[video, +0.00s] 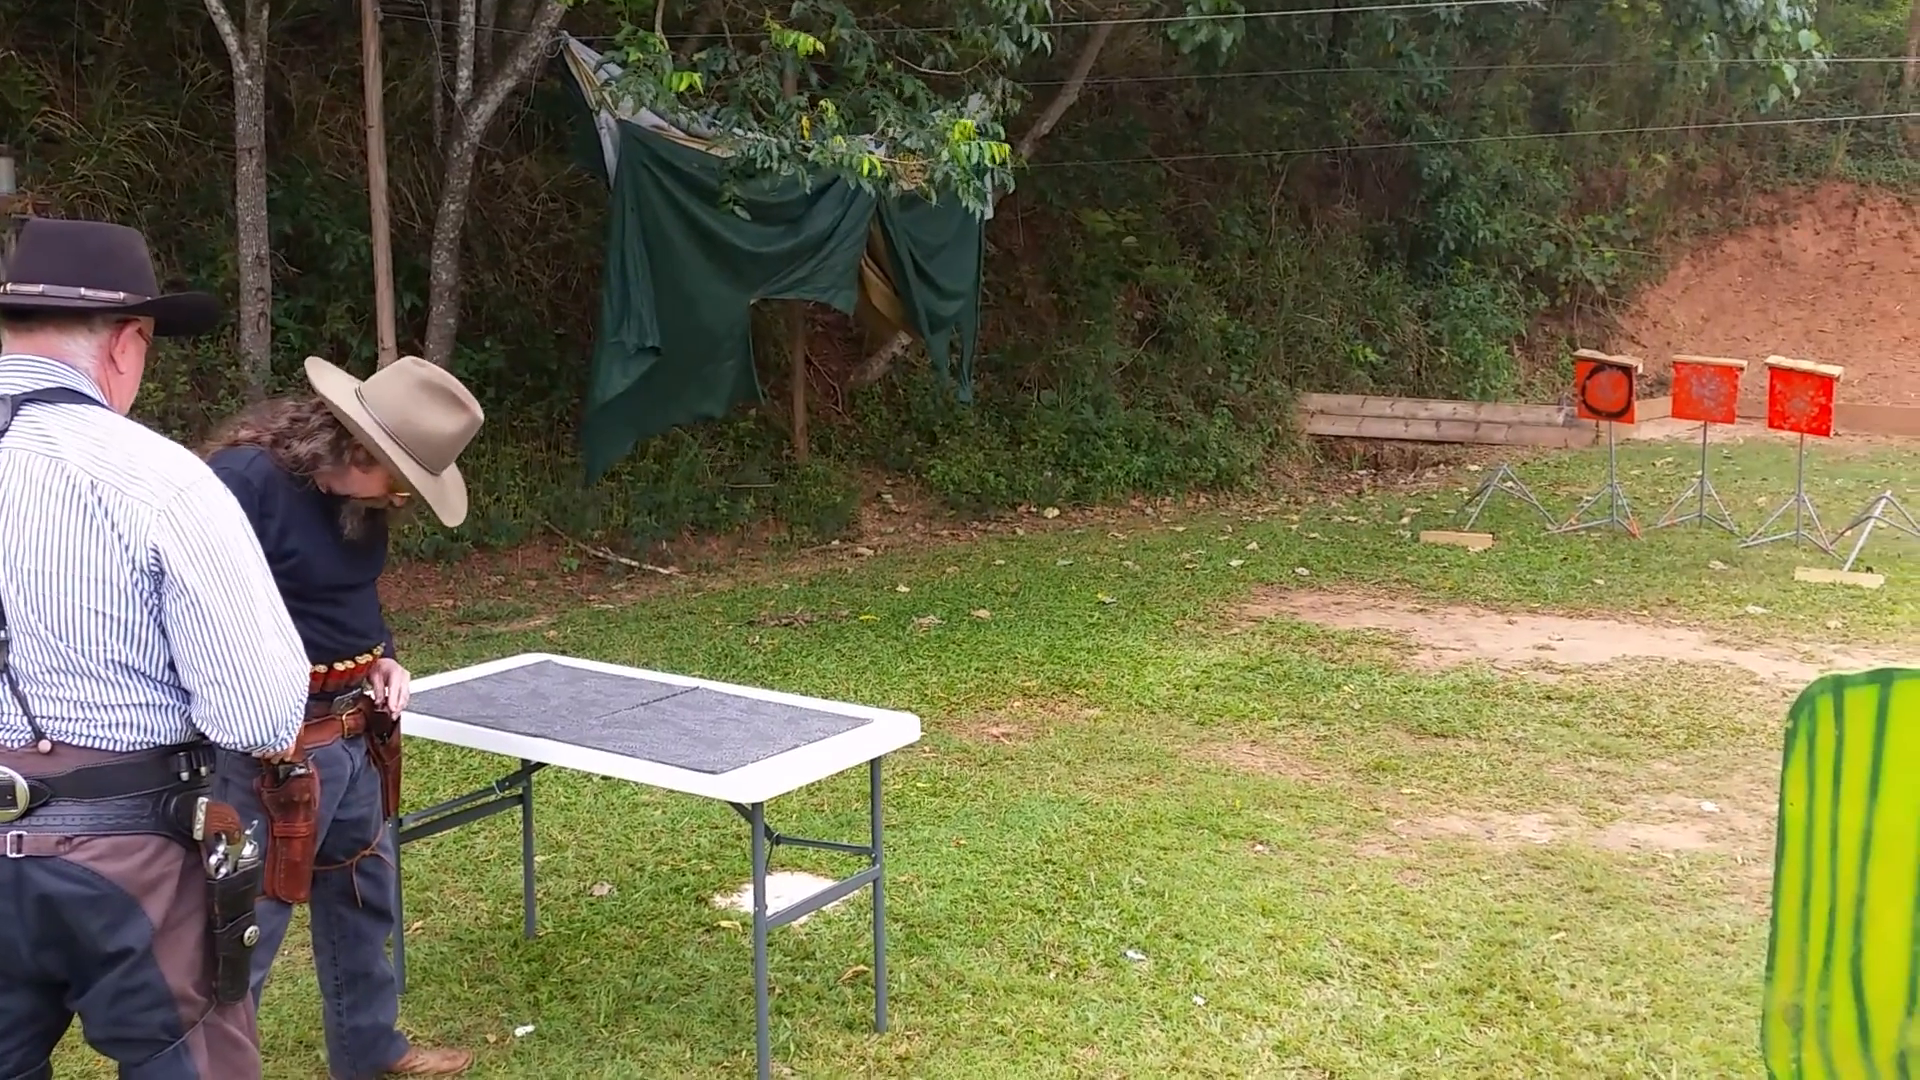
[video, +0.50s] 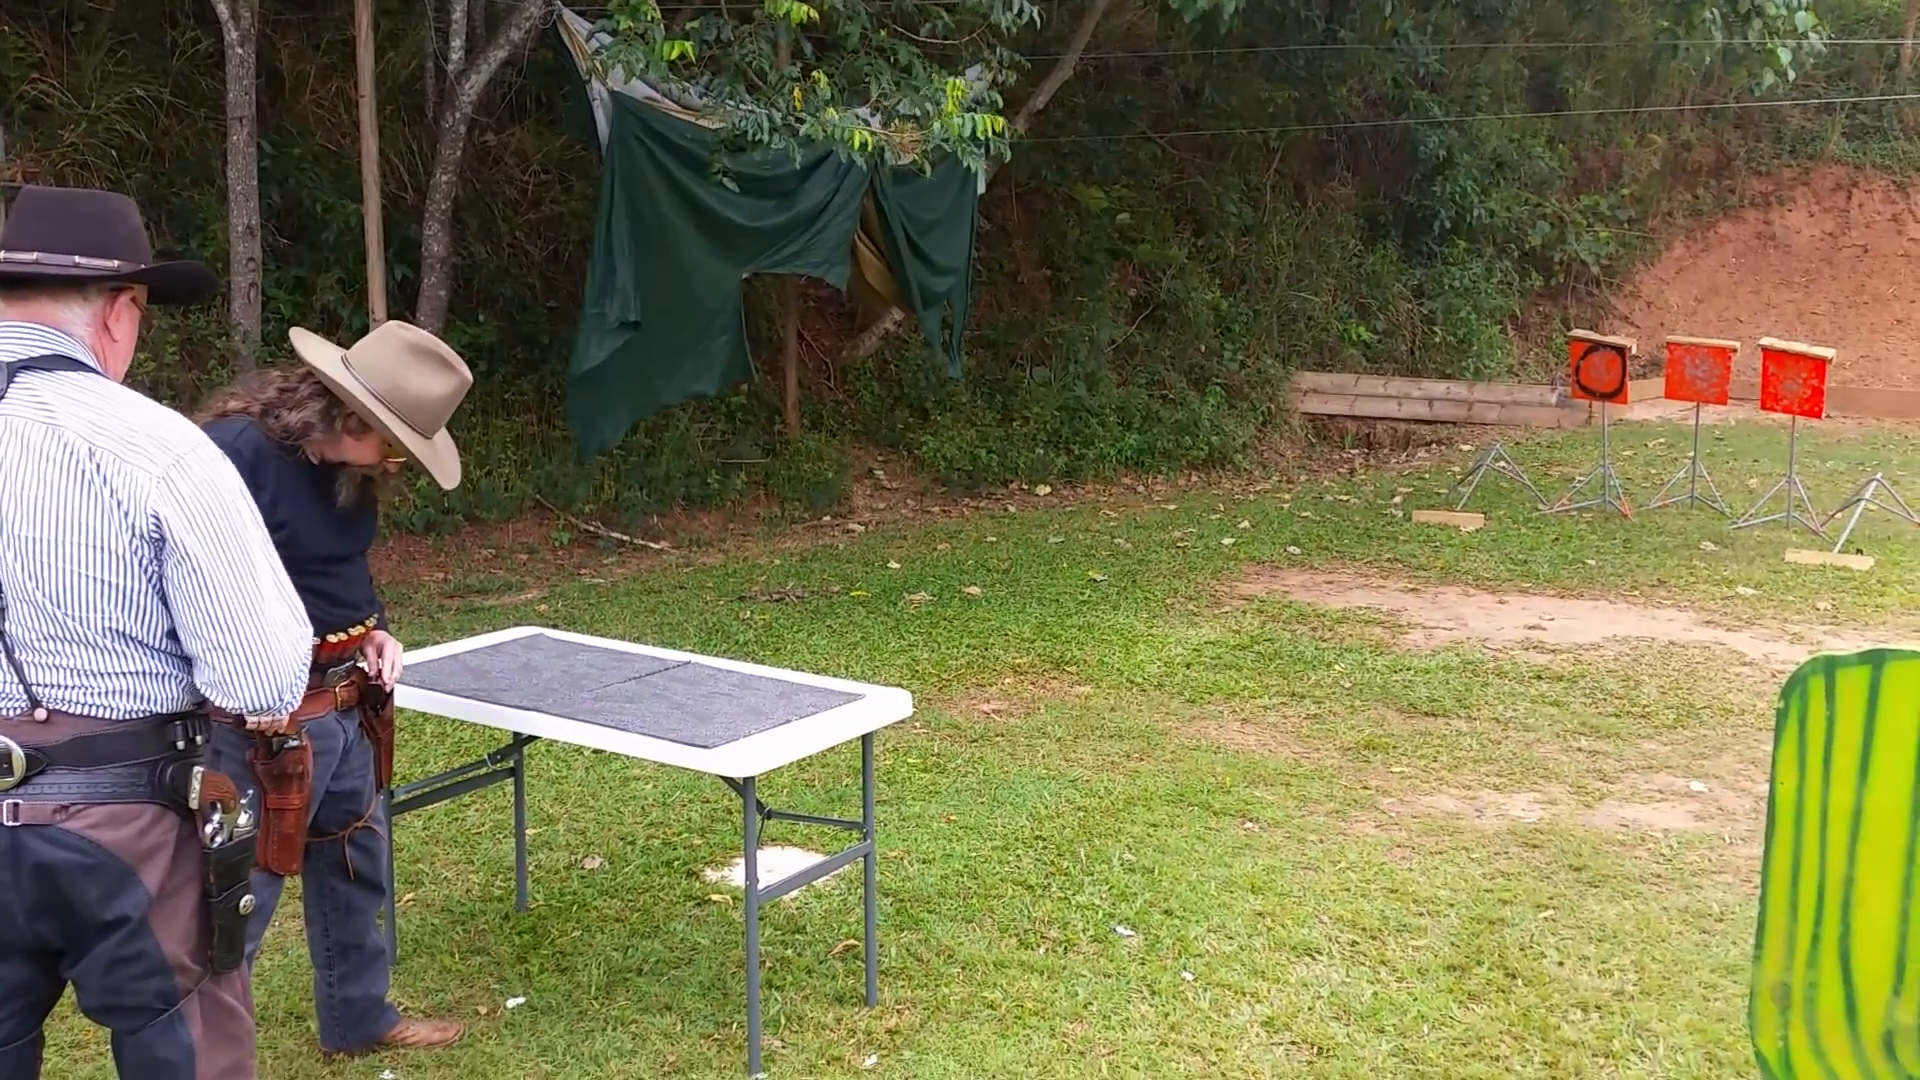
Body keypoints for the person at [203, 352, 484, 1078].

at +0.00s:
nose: (399, 499)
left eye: (408, 488)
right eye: (400, 484)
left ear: (377, 462)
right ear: (369, 454)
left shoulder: (356, 507)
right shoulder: (246, 480)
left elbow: (353, 599)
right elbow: (192, 609)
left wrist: (382, 657)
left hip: (347, 744)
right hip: (261, 753)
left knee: (362, 910)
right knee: (245, 931)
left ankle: (371, 1051)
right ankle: (213, 1059)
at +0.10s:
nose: (400, 493)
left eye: (409, 483)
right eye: (400, 478)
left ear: (375, 458)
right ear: (366, 449)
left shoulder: (356, 500)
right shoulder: (245, 476)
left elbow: (352, 594)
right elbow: (190, 605)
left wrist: (381, 653)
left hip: (347, 738)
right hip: (263, 747)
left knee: (360, 903)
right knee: (245, 925)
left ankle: (366, 1047)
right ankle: (213, 1058)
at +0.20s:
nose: (396, 487)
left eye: (405, 477)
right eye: (396, 472)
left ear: (373, 452)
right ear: (362, 442)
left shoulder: (352, 491)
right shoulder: (241, 471)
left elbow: (348, 589)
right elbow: (190, 603)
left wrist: (379, 649)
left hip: (344, 731)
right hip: (262, 739)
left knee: (357, 894)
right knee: (245, 915)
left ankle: (363, 1042)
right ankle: (209, 1054)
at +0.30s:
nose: (395, 482)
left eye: (403, 471)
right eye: (395, 467)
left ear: (371, 446)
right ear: (361, 438)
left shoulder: (350, 488)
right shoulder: (239, 467)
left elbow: (347, 583)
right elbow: (186, 597)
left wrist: (378, 644)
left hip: (344, 727)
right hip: (261, 736)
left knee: (356, 889)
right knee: (243, 912)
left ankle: (361, 1037)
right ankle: (206, 1052)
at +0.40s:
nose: (394, 473)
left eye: (403, 461)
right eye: (395, 457)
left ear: (371, 437)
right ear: (360, 428)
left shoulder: (351, 482)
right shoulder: (239, 459)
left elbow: (346, 577)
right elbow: (187, 590)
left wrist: (378, 636)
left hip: (344, 720)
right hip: (259, 729)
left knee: (355, 881)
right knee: (243, 904)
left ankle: (360, 1028)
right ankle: (205, 1047)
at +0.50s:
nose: (393, 465)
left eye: (402, 454)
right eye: (393, 449)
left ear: (367, 431)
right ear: (356, 419)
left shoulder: (347, 476)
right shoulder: (239, 453)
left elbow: (343, 569)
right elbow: (189, 579)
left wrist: (374, 628)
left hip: (340, 712)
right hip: (255, 720)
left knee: (354, 870)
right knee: (240, 895)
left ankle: (358, 1020)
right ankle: (201, 1042)